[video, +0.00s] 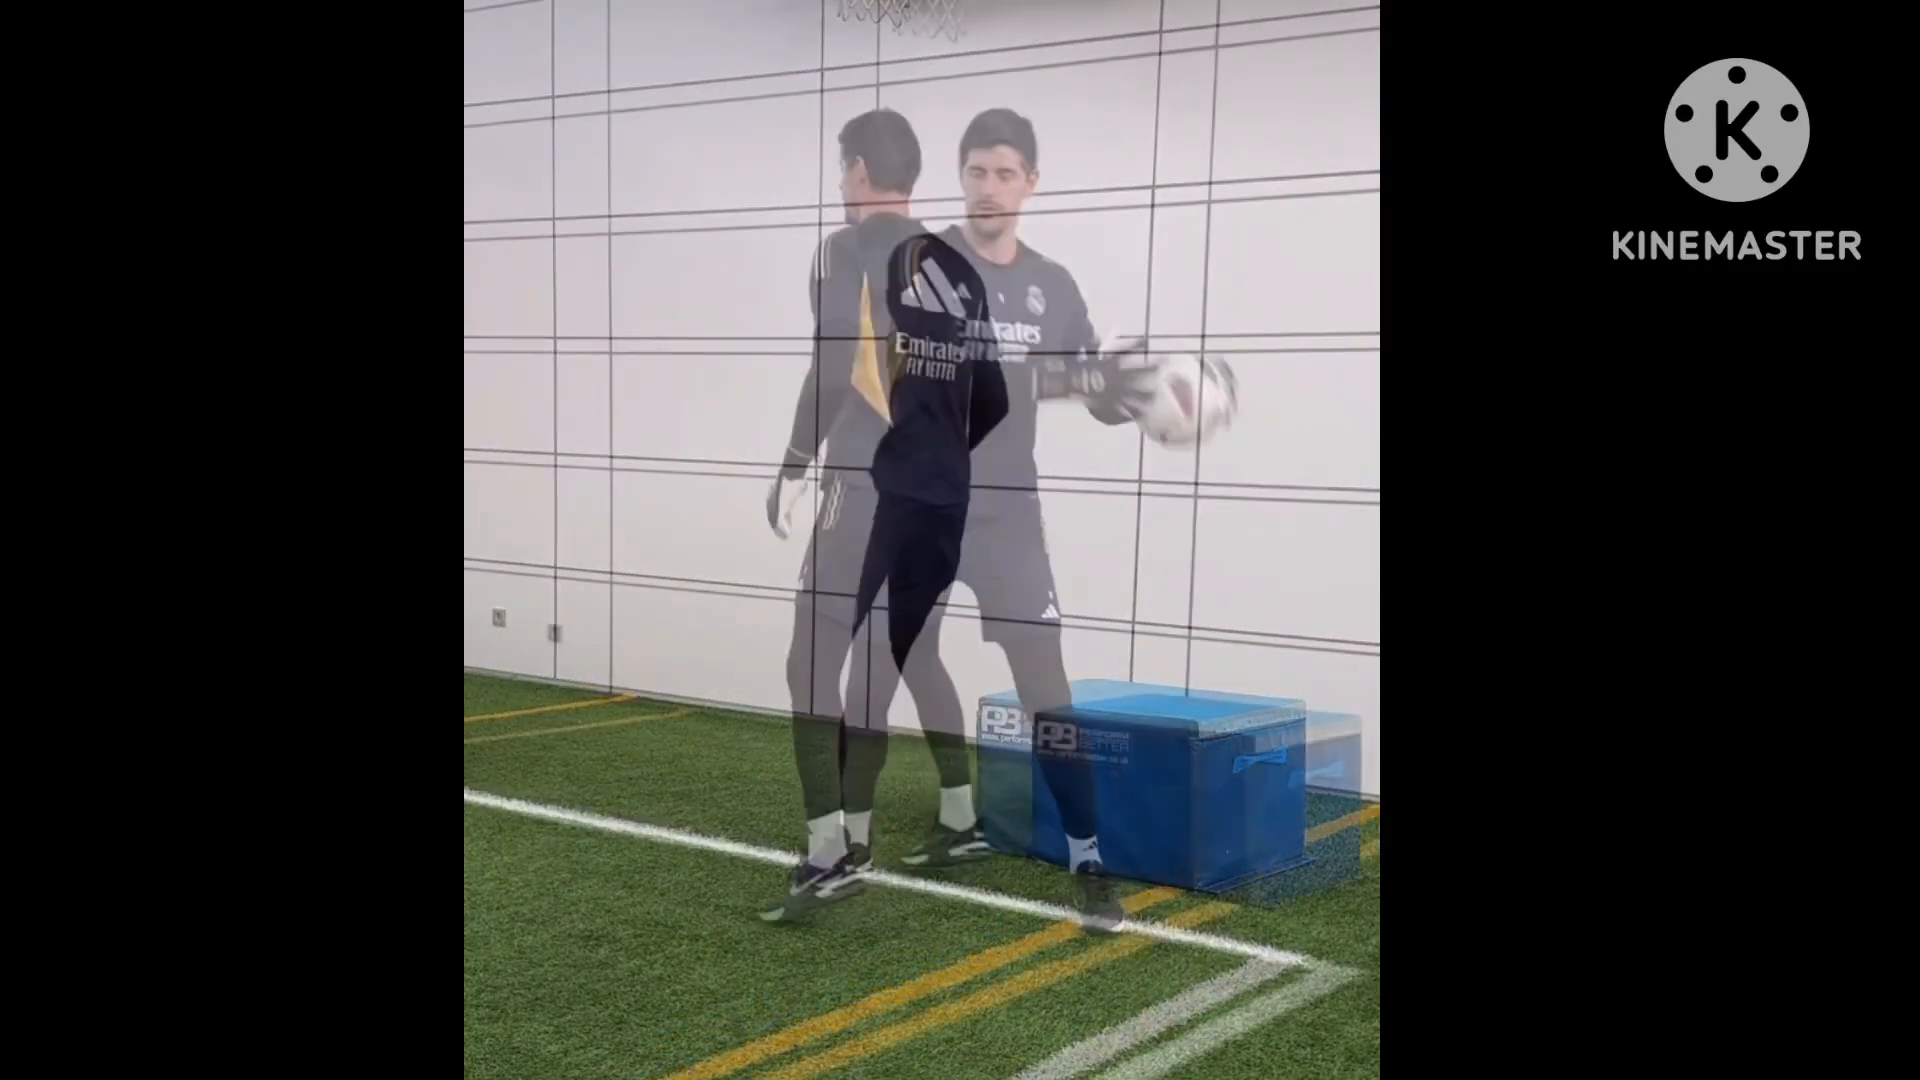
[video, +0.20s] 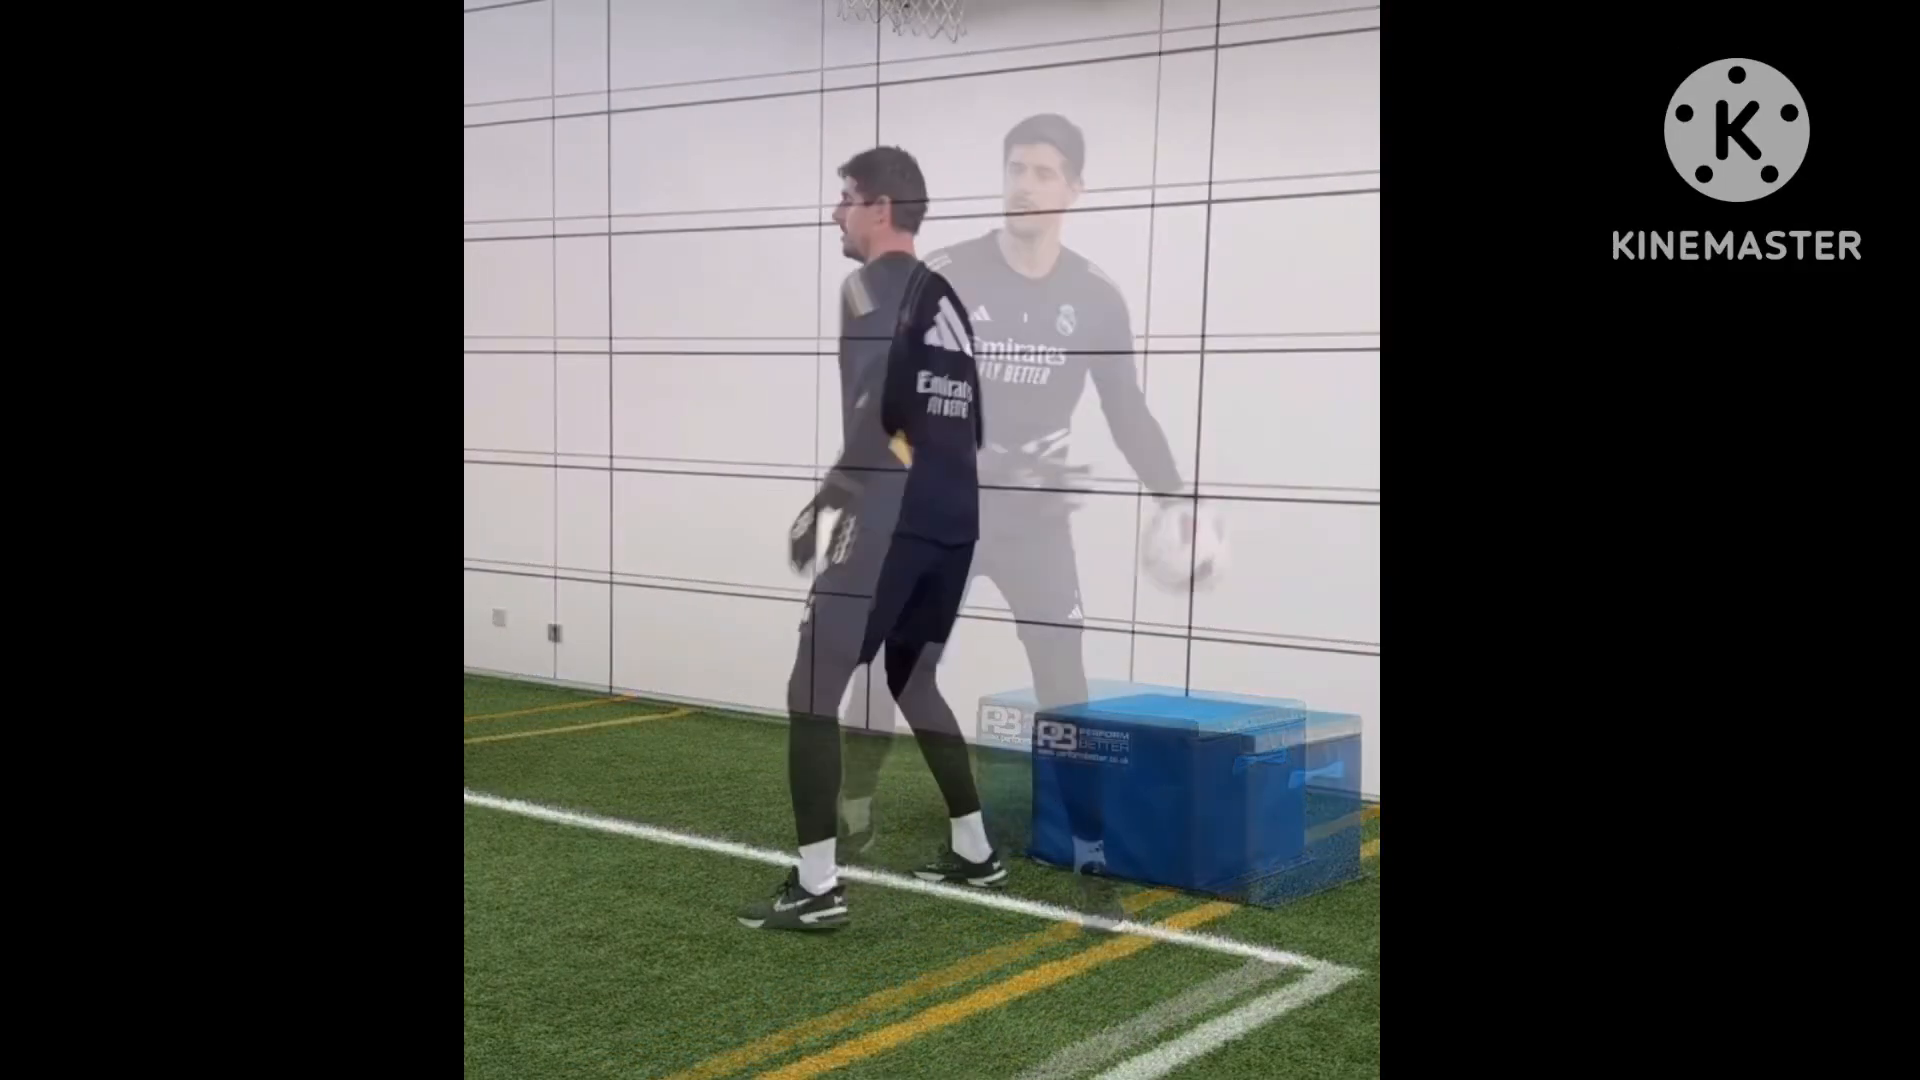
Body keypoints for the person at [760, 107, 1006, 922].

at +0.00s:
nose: (841, 182)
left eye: (843, 169)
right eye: (846, 169)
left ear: (861, 172)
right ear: (914, 176)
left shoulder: (844, 250)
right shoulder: (956, 264)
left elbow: (834, 369)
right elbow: (995, 395)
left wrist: (796, 462)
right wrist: (937, 451)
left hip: (868, 486)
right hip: (942, 492)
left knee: (812, 657)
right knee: (914, 649)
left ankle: (831, 847)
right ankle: (960, 822)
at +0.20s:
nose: (837, 213)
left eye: (847, 201)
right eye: (840, 201)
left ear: (882, 209)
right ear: (899, 213)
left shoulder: (873, 284)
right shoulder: (944, 294)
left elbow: (876, 406)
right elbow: (961, 421)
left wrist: (828, 500)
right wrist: (876, 492)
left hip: (895, 514)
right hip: (955, 519)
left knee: (811, 688)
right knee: (912, 674)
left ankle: (816, 884)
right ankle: (974, 848)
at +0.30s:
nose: (842, 179)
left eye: (856, 167)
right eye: (842, 167)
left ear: (900, 174)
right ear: (880, 179)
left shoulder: (919, 252)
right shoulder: (895, 257)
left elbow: (969, 365)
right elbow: (907, 382)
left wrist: (902, 441)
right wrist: (856, 450)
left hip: (923, 491)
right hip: (924, 488)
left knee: (849, 663)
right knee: (901, 664)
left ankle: (830, 864)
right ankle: (965, 837)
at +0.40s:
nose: (856, 174)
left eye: (871, 160)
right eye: (852, 161)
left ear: (913, 169)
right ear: (861, 173)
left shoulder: (950, 252)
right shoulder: (874, 268)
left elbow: (1008, 374)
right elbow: (895, 382)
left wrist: (943, 463)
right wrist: (855, 456)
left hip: (955, 481)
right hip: (903, 479)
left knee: (885, 659)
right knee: (875, 666)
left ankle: (919, 855)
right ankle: (920, 841)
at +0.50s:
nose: (869, 203)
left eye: (884, 189)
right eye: (863, 190)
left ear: (925, 198)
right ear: (862, 202)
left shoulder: (969, 287)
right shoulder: (867, 305)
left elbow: (1038, 411)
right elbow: (880, 413)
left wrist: (986, 510)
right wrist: (859, 503)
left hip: (965, 519)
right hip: (898, 522)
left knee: (957, 686)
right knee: (855, 686)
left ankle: (1040, 867)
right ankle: (899, 852)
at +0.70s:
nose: (901, 239)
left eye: (916, 224)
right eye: (894, 226)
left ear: (956, 232)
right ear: (890, 238)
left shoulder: (1015, 326)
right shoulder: (890, 346)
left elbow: (1091, 443)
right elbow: (895, 456)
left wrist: (1085, 558)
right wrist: (885, 553)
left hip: (1024, 556)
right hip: (934, 562)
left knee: (1073, 722)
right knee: (861, 711)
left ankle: (1150, 891)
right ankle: (901, 852)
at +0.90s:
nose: (952, 220)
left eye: (966, 204)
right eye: (943, 207)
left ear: (1004, 205)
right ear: (935, 217)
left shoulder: (1056, 297)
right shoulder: (929, 312)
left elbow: (1126, 410)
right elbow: (889, 408)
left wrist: (1046, 442)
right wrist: (863, 432)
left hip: (1047, 548)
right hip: (957, 547)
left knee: (1087, 717)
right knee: (890, 700)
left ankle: (1153, 889)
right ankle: (904, 853)